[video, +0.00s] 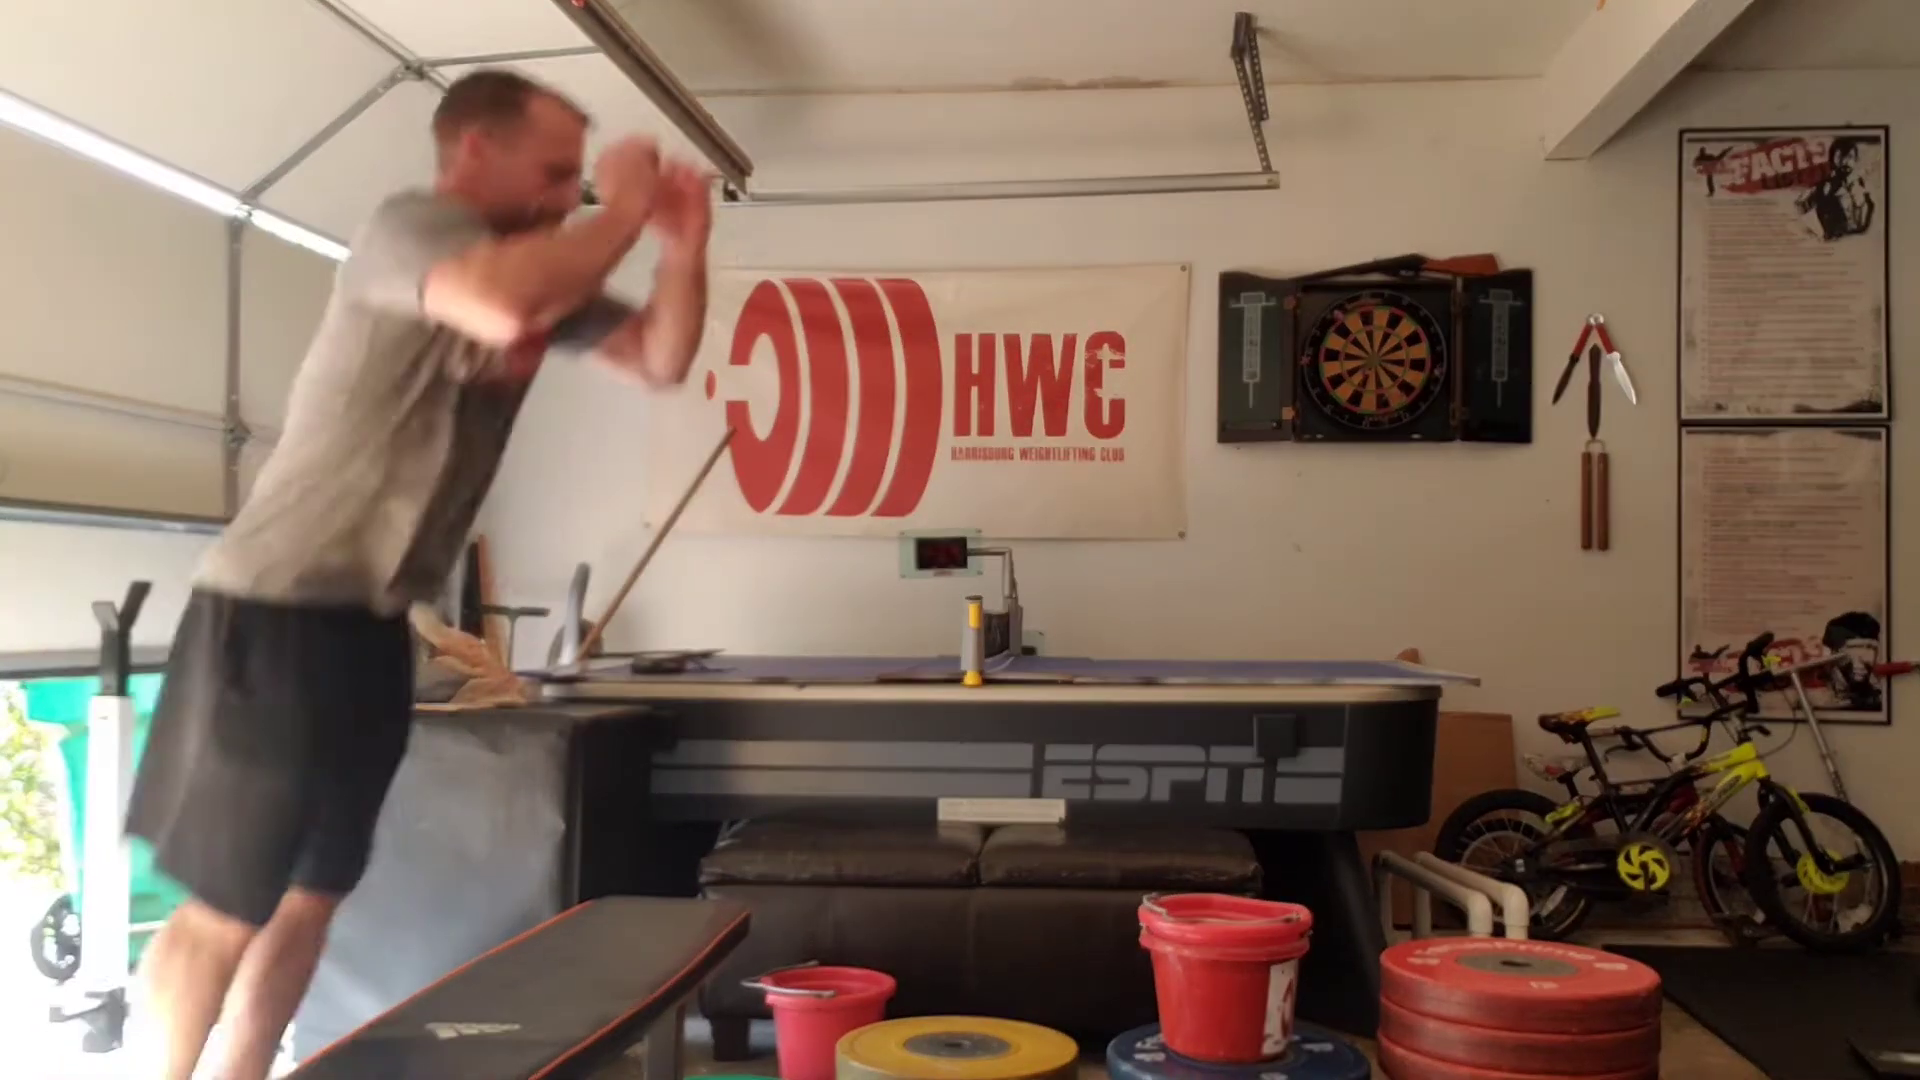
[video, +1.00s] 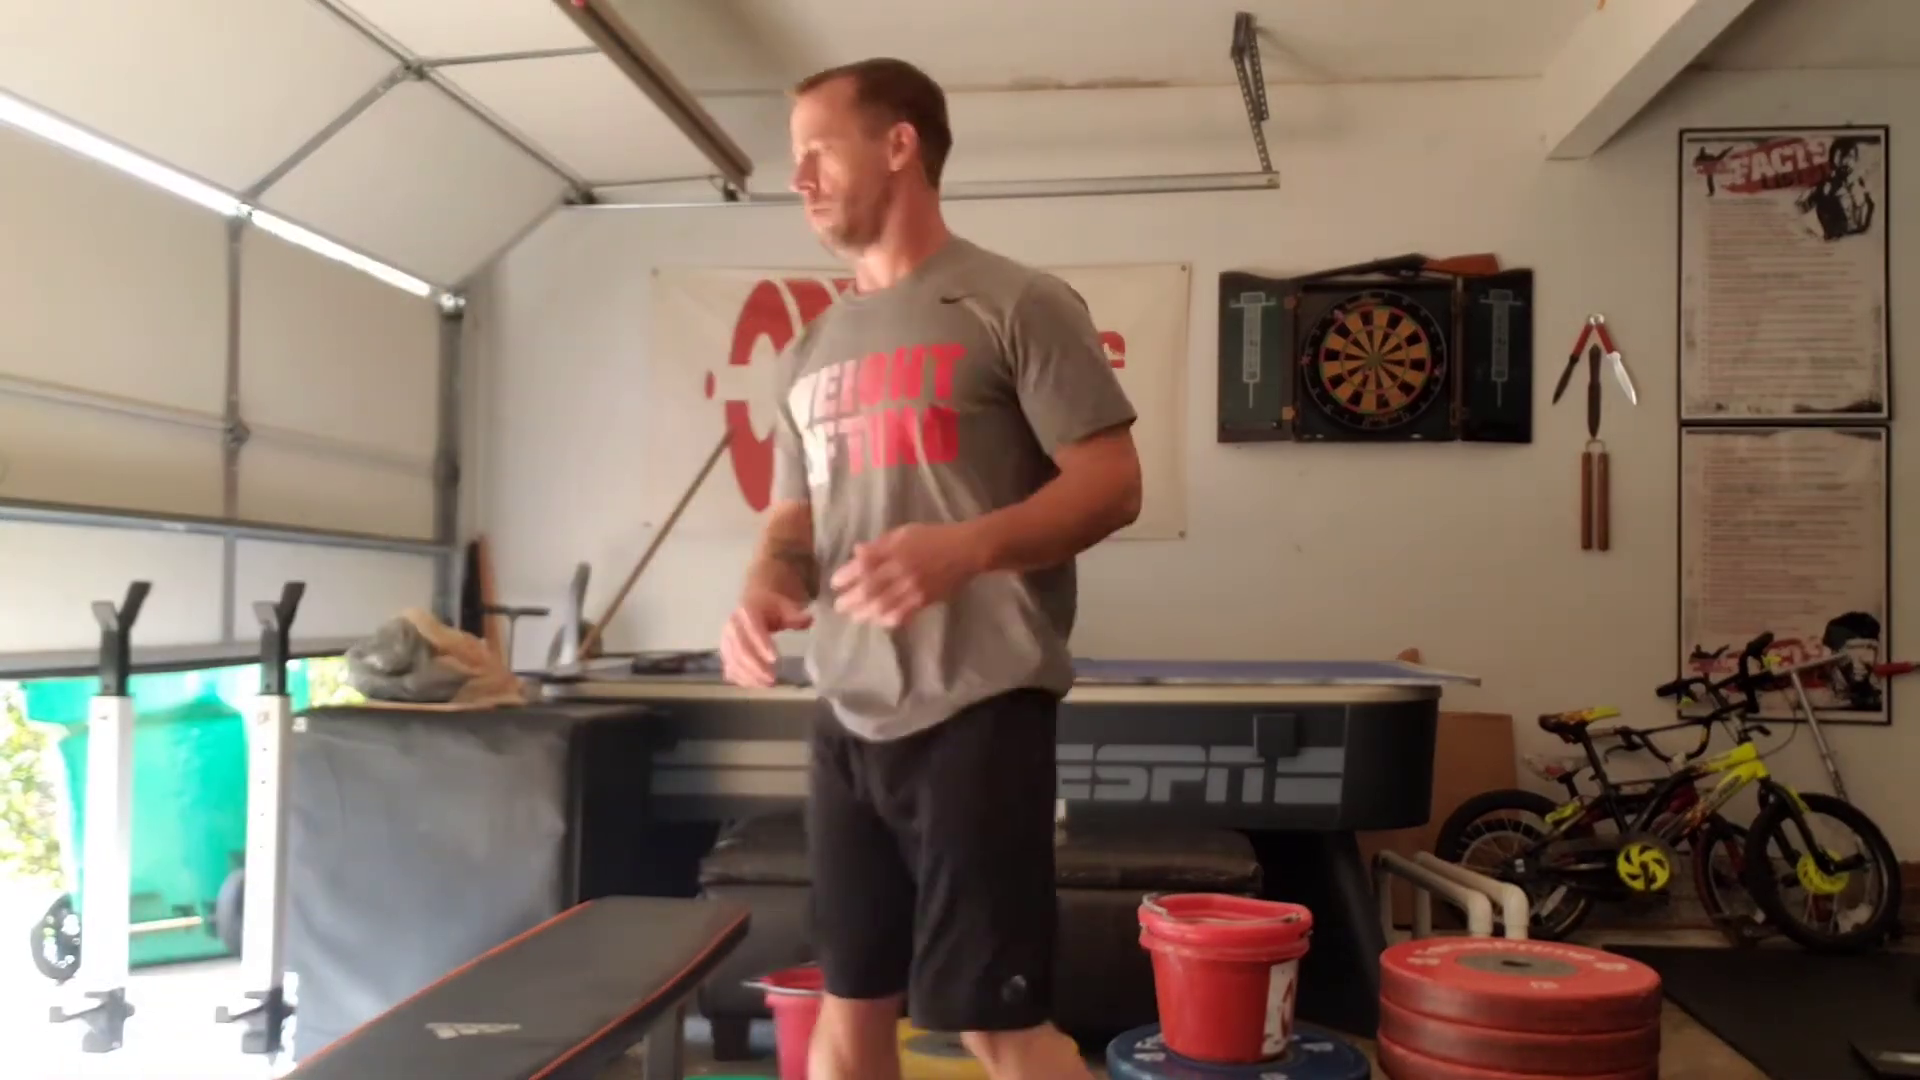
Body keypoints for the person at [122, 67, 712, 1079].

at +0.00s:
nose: (571, 198)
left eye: (575, 180)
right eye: (557, 172)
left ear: (492, 160)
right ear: (475, 149)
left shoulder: (528, 273)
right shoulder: (405, 228)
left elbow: (659, 356)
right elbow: (505, 300)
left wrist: (686, 242)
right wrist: (623, 212)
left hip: (372, 626)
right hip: (267, 612)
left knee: (309, 901)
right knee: (223, 910)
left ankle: (238, 1075)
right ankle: (174, 1070)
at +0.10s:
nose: (645, 60)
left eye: (650, 44)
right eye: (630, 38)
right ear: (547, 30)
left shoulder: (585, 172)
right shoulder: (458, 105)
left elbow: (708, 250)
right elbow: (525, 174)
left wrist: (753, 152)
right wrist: (667, 86)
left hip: (423, 471)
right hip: (329, 464)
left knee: (537, 717)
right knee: (435, 736)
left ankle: (310, 845)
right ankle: (215, 851)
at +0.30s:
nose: (797, 47)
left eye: (801, 27)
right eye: (783, 18)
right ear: (702, 11)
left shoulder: (727, 172)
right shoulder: (627, 91)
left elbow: (747, 321)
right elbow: (532, 219)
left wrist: (865, 365)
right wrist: (719, 274)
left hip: (579, 414)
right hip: (455, 401)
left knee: (761, 533)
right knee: (652, 535)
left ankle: (734, 814)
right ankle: (679, 832)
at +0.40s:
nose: (851, 76)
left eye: (855, 51)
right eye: (839, 42)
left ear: (765, 32)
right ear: (755, 22)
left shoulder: (769, 180)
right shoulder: (675, 118)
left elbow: (723, 344)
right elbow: (511, 218)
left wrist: (807, 433)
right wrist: (646, 344)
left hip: (687, 487)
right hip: (587, 484)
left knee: (835, 710)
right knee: (742, 761)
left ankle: (856, 1004)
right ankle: (806, 1057)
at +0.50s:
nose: (881, 190)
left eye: (882, 165)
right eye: (867, 161)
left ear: (794, 152)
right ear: (785, 146)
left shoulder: (799, 279)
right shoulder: (705, 253)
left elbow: (735, 440)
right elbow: (546, 371)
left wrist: (832, 537)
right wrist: (671, 523)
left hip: (825, 655)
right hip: (736, 672)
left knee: (918, 922)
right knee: (822, 986)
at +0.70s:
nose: (870, 230)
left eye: (879, 208)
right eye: (839, 212)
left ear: (892, 223)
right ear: (777, 239)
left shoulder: (943, 396)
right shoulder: (729, 392)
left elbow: (999, 542)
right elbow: (675, 575)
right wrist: (848, 634)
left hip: (926, 750)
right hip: (793, 752)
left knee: (991, 1019)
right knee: (889, 1039)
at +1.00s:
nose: (801, 179)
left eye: (821, 153)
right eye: (796, 159)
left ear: (902, 149)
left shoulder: (1021, 306)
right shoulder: (810, 356)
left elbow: (1111, 485)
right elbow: (795, 523)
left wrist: (962, 548)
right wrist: (764, 591)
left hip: (980, 709)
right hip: (851, 715)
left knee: (1001, 1019)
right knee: (853, 1002)